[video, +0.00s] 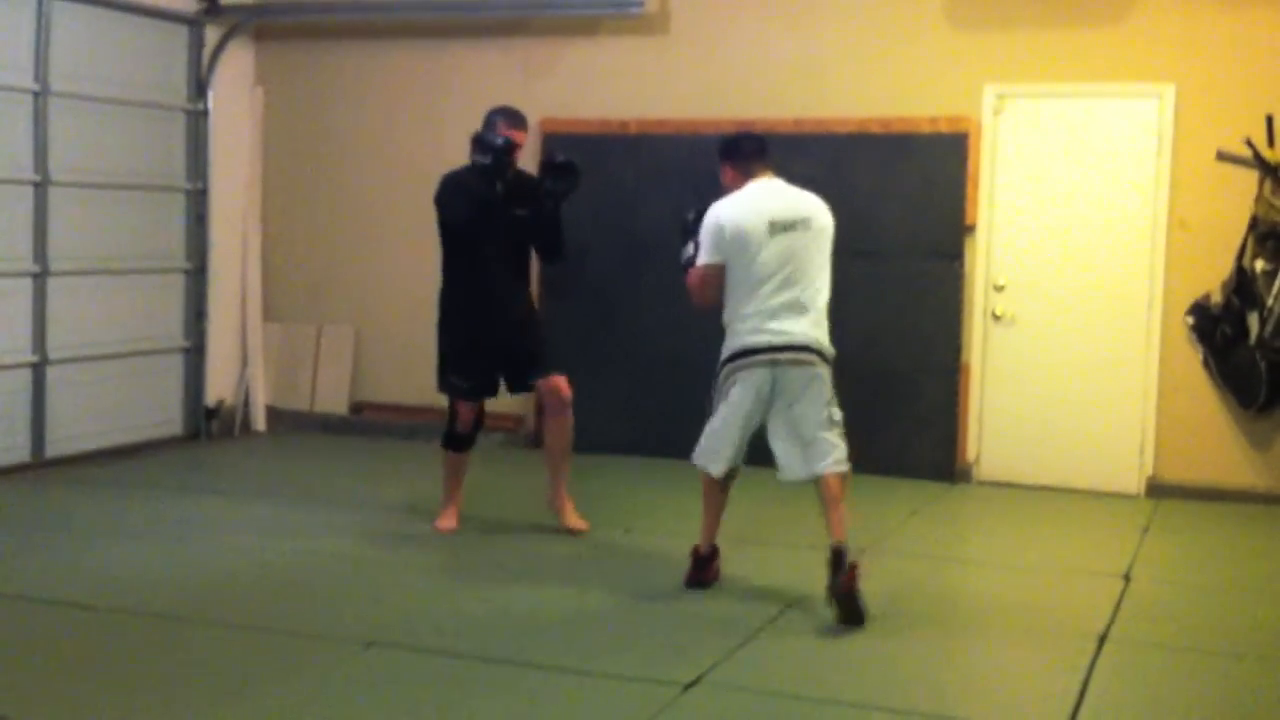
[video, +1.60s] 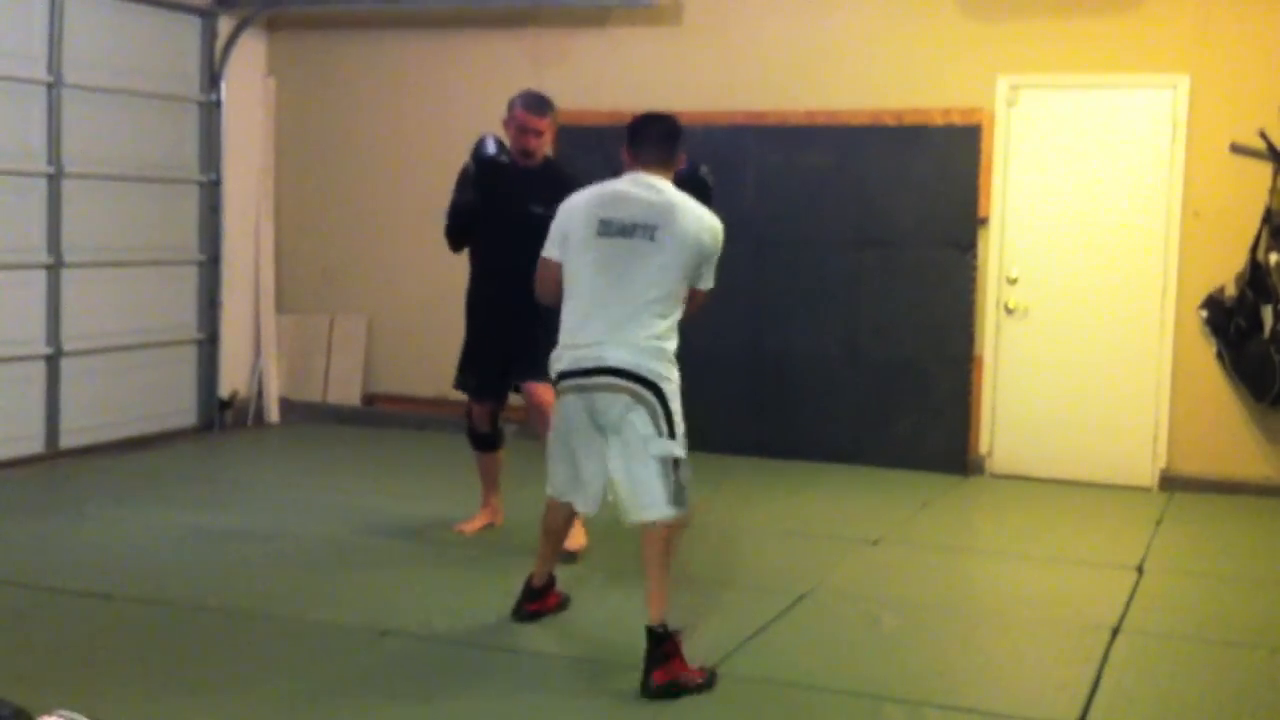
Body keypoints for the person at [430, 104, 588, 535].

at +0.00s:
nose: (509, 152)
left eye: (517, 146)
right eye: (502, 143)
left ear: (524, 148)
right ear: (482, 140)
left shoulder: (529, 189)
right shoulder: (458, 185)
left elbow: (551, 253)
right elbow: (458, 232)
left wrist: (551, 198)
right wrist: (489, 178)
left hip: (516, 311)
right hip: (466, 312)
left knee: (558, 392)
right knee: (466, 412)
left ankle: (561, 496)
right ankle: (451, 503)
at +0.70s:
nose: (525, 143)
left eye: (533, 135)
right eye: (517, 135)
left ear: (547, 137)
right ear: (502, 136)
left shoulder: (576, 184)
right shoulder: (490, 187)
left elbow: (579, 242)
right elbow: (511, 232)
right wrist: (524, 164)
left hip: (568, 314)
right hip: (515, 314)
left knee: (585, 413)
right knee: (486, 413)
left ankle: (602, 528)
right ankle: (464, 500)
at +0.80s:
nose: (513, 141)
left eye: (518, 133)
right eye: (508, 133)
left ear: (507, 134)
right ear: (515, 134)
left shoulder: (566, 181)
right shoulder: (484, 191)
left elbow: (613, 227)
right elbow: (507, 243)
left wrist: (600, 268)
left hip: (565, 312)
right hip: (511, 314)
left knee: (582, 414)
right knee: (475, 413)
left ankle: (604, 530)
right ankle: (446, 505)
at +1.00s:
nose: (520, 143)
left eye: (527, 134)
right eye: (511, 135)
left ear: (538, 132)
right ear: (494, 133)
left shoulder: (555, 180)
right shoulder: (478, 184)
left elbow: (600, 212)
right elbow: (473, 242)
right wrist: (491, 179)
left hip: (549, 308)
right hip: (497, 308)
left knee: (560, 402)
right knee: (470, 409)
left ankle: (581, 521)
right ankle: (446, 507)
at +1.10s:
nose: (522, 139)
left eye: (530, 129)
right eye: (513, 130)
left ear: (543, 127)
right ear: (498, 128)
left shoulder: (558, 175)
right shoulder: (486, 175)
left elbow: (583, 229)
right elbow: (473, 238)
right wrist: (488, 177)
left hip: (550, 306)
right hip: (500, 306)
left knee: (556, 409)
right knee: (469, 408)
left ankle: (579, 522)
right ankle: (453, 503)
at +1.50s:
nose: (535, 140)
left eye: (545, 133)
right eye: (529, 129)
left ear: (560, 135)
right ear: (515, 126)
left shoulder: (567, 182)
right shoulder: (490, 171)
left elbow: (586, 240)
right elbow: (448, 228)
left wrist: (597, 184)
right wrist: (476, 172)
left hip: (544, 307)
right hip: (490, 305)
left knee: (543, 401)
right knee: (480, 409)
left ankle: (572, 507)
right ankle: (490, 503)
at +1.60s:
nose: (531, 141)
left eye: (541, 133)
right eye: (524, 130)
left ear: (553, 134)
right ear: (506, 126)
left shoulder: (565, 184)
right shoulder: (482, 173)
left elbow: (580, 247)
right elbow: (456, 236)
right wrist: (480, 176)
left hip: (543, 309)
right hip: (490, 308)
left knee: (541, 398)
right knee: (481, 409)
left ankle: (571, 511)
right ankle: (490, 505)